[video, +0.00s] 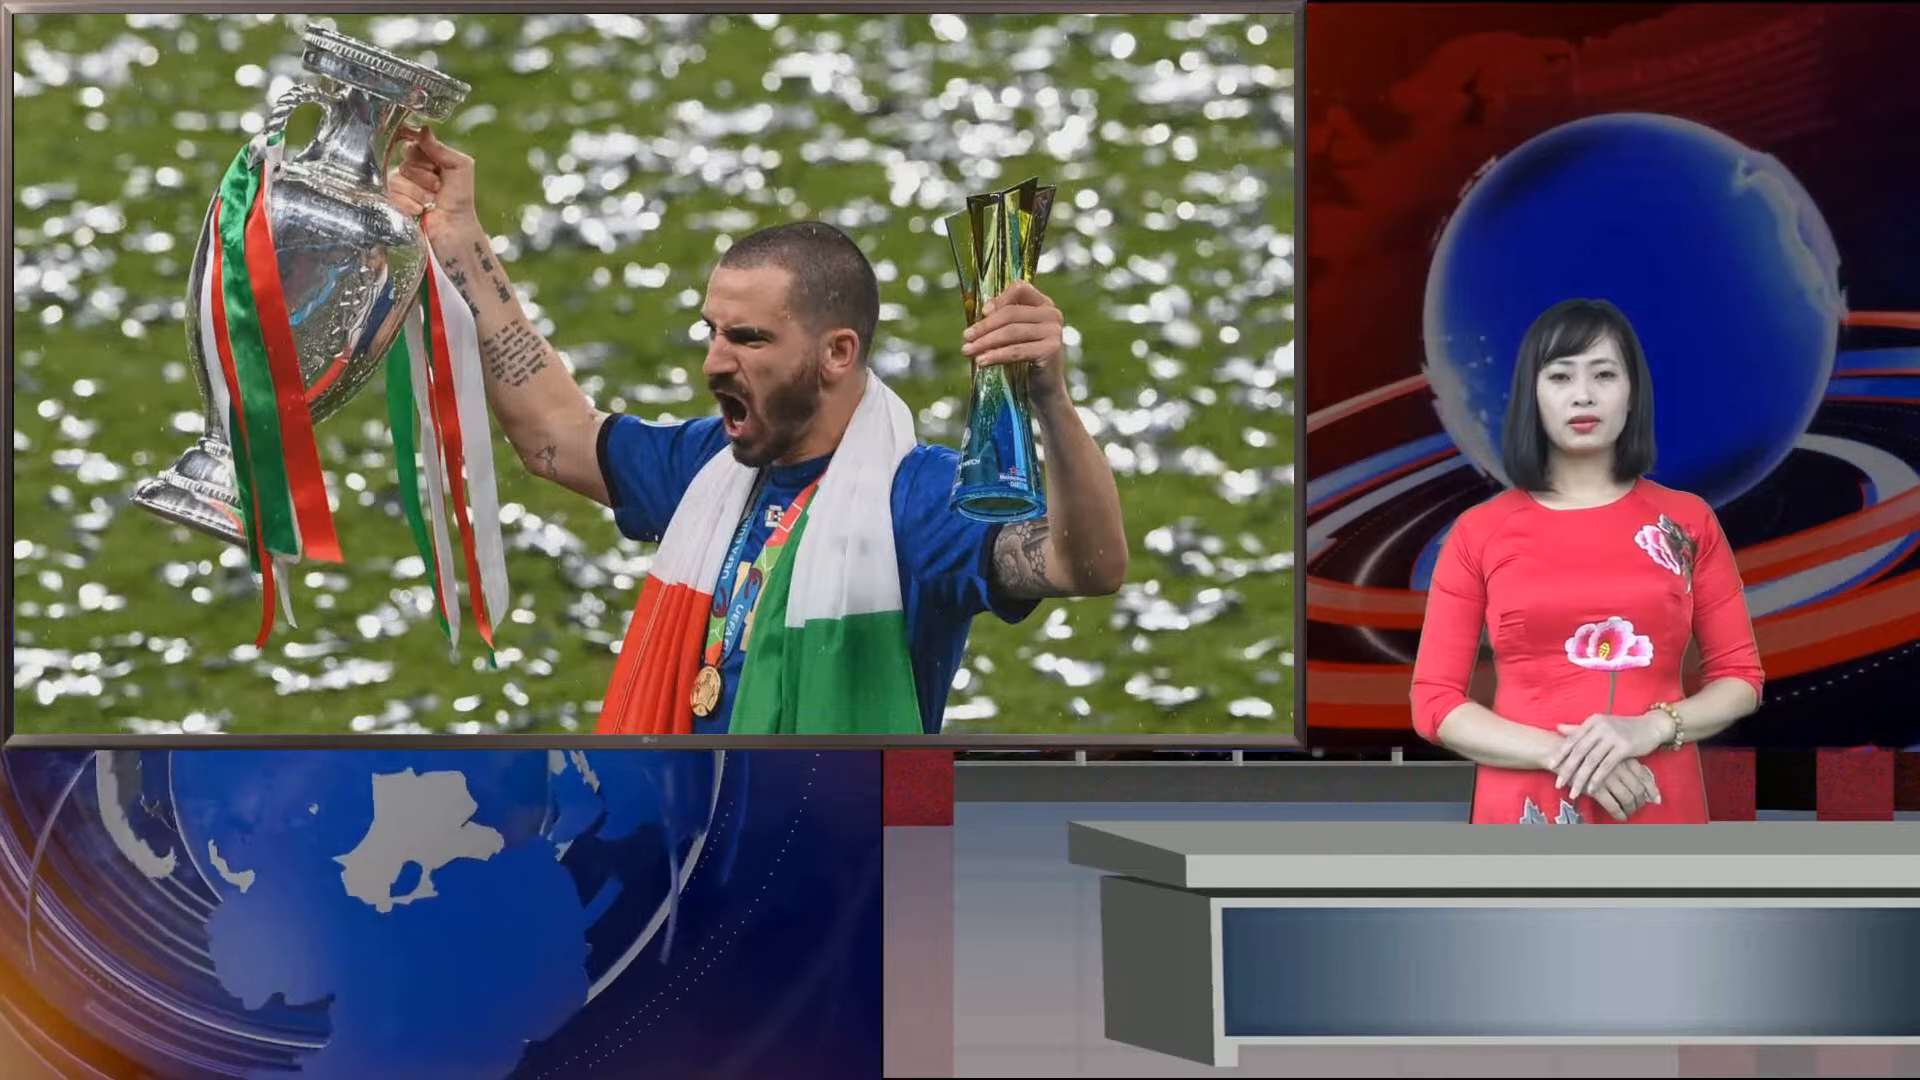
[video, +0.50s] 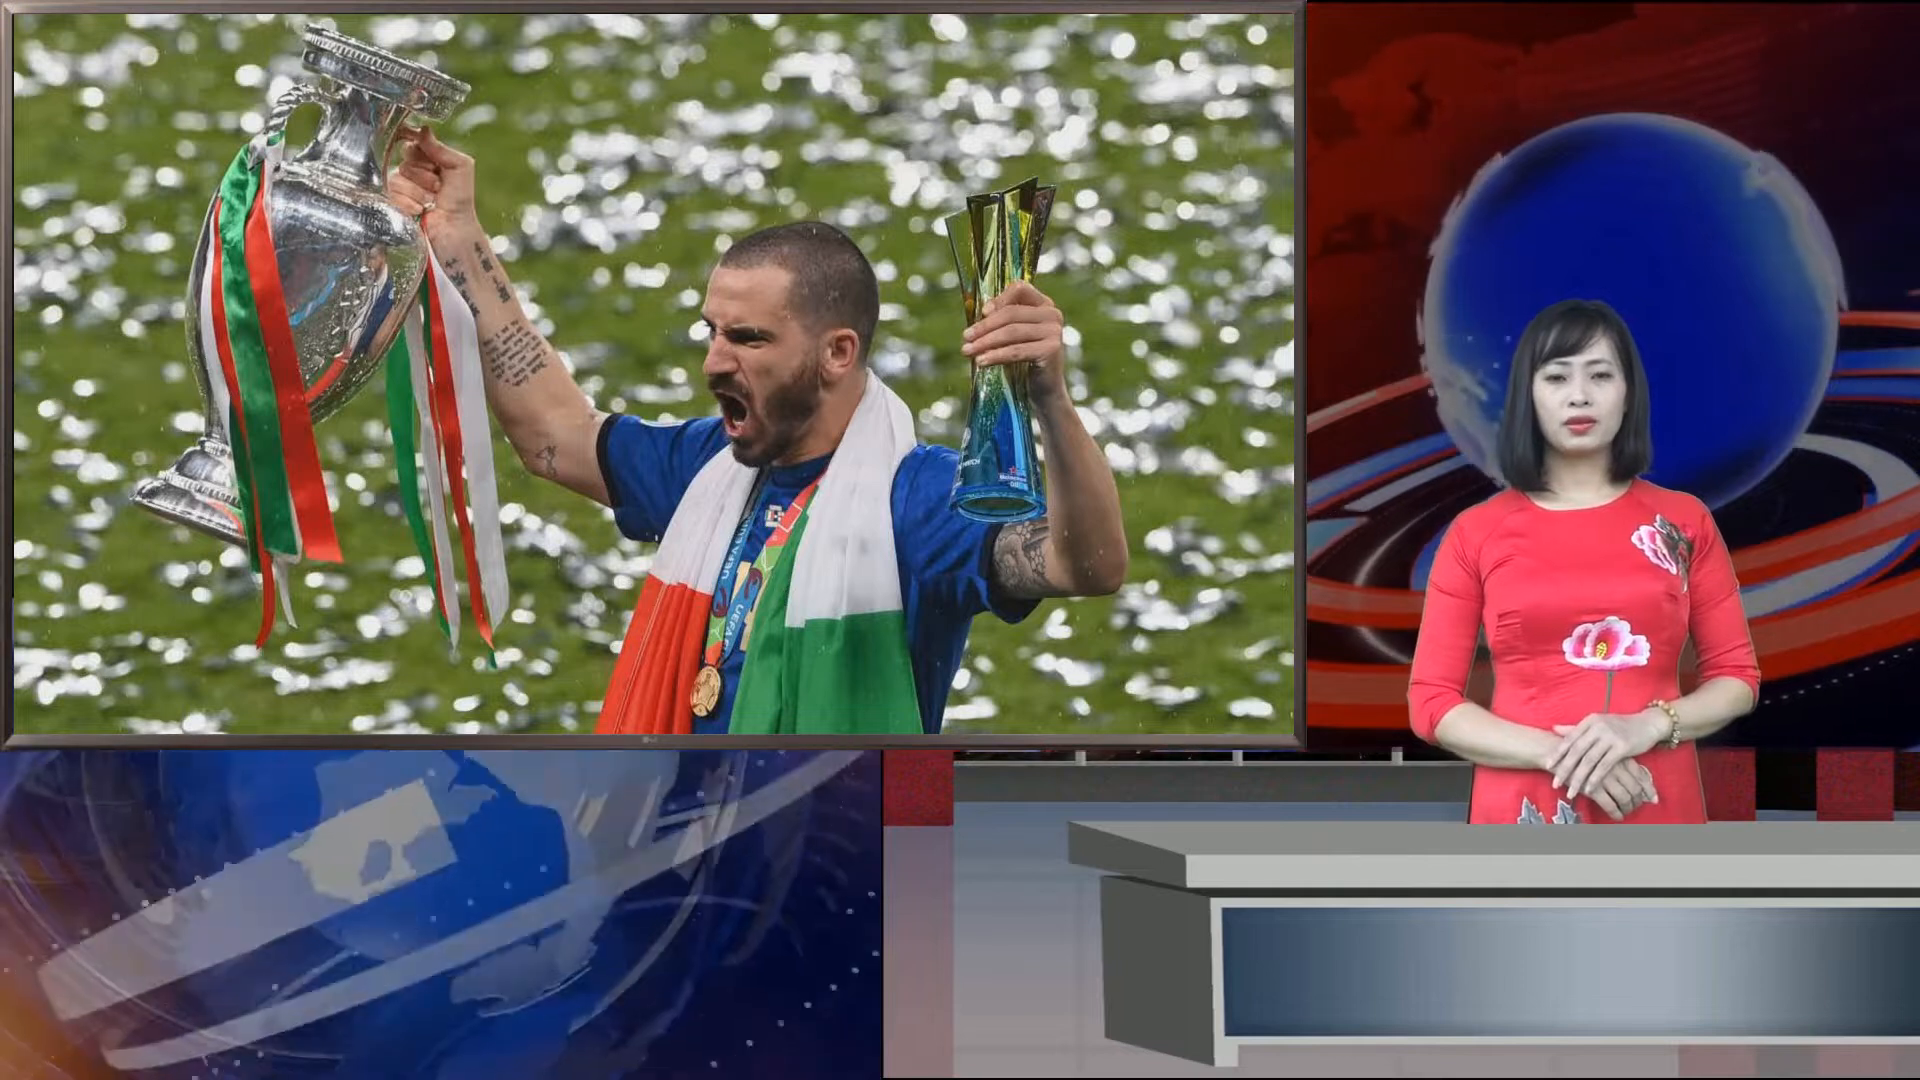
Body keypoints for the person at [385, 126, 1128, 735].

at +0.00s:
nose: (713, 361)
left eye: (747, 339)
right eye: (711, 333)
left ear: (838, 355)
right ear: (705, 328)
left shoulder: (914, 493)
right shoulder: (702, 465)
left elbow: (1089, 563)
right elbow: (556, 438)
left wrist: (1049, 398)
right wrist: (464, 253)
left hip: (830, 917)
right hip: (666, 898)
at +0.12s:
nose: (713, 361)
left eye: (746, 339)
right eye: (711, 333)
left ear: (838, 355)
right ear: (705, 328)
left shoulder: (914, 494)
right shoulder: (702, 465)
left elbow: (1089, 563)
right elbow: (556, 438)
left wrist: (1049, 398)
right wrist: (464, 253)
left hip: (828, 919)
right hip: (664, 898)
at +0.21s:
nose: (713, 361)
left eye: (746, 339)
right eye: (711, 333)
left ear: (838, 355)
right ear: (705, 328)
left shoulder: (914, 493)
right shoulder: (702, 465)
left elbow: (1089, 563)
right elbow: (556, 438)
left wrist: (1049, 398)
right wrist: (464, 253)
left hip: (830, 913)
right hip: (666, 894)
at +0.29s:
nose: (713, 361)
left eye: (746, 339)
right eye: (711, 333)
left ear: (838, 355)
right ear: (705, 328)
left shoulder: (915, 493)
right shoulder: (702, 465)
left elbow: (1089, 563)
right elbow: (557, 438)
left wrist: (1049, 398)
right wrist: (464, 253)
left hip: (828, 909)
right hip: (668, 893)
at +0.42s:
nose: (713, 361)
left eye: (746, 339)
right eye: (711, 333)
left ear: (838, 355)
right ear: (705, 328)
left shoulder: (914, 494)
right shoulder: (702, 465)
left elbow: (1089, 563)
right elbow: (557, 438)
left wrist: (1049, 398)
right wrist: (464, 253)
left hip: (828, 904)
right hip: (669, 891)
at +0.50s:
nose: (713, 361)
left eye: (746, 339)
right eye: (711, 333)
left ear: (838, 355)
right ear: (705, 328)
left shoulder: (914, 494)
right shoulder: (702, 466)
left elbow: (1089, 563)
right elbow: (557, 438)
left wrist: (1049, 398)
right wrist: (464, 253)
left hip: (829, 905)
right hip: (673, 889)